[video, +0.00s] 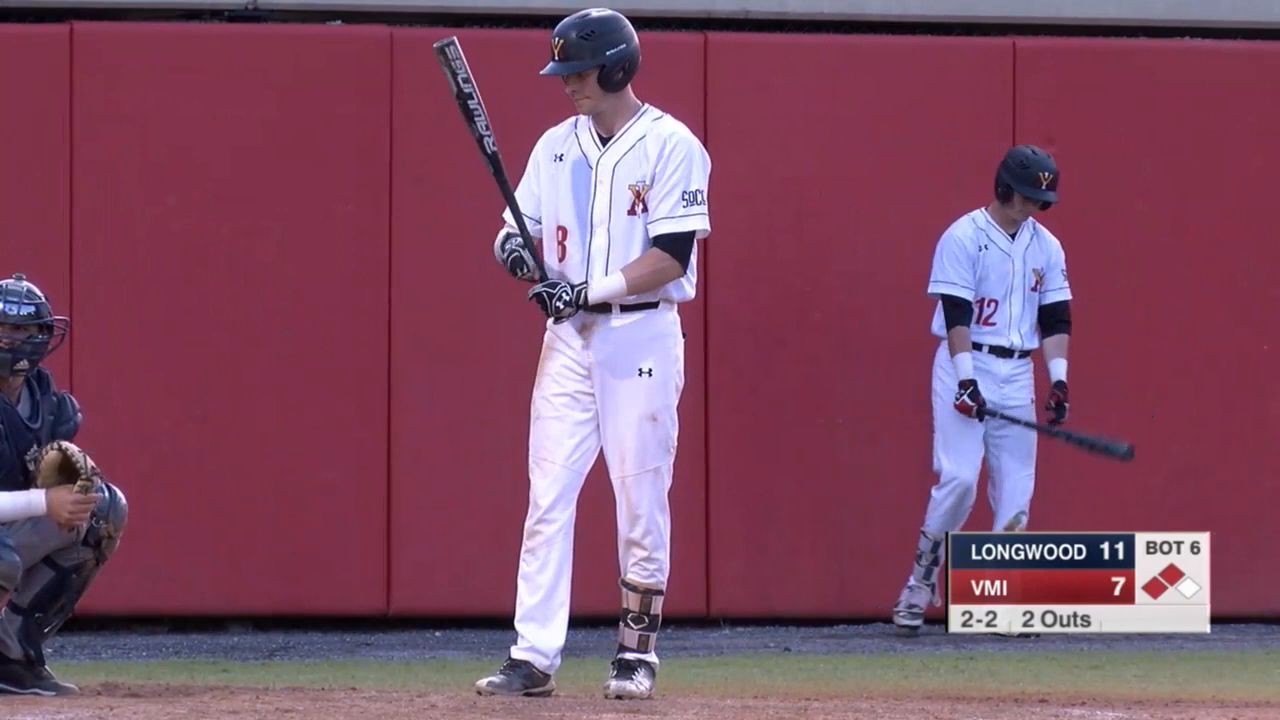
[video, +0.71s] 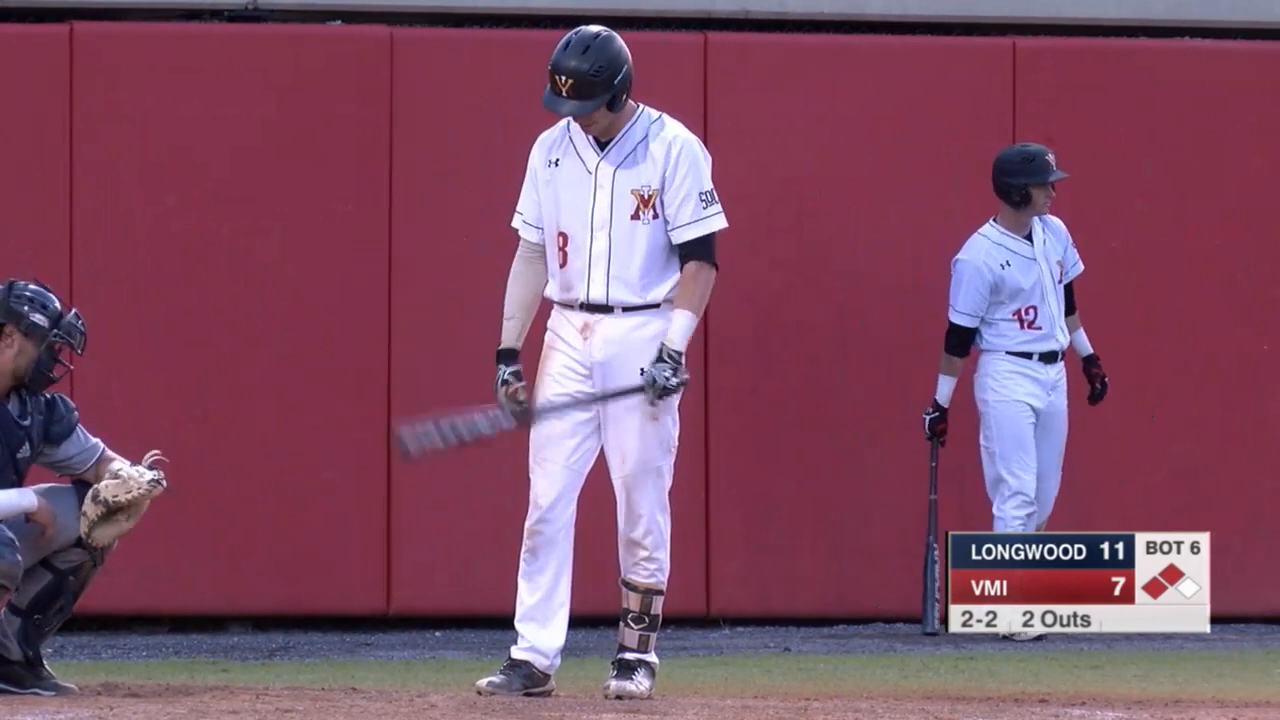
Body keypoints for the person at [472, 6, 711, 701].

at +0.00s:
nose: (565, 84)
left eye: (576, 73)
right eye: (563, 73)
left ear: (613, 70)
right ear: (575, 73)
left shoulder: (675, 146)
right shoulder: (555, 145)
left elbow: (671, 258)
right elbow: (513, 228)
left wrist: (591, 291)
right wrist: (515, 250)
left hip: (642, 338)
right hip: (566, 339)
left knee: (639, 495)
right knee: (548, 497)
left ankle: (636, 653)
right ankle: (534, 657)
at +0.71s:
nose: (574, 118)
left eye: (584, 106)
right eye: (568, 105)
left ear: (619, 93)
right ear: (563, 92)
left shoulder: (675, 147)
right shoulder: (550, 148)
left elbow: (700, 260)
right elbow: (531, 255)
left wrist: (672, 347)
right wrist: (508, 350)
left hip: (643, 340)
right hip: (567, 339)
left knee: (640, 501)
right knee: (546, 504)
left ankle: (635, 655)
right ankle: (533, 658)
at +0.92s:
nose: (572, 122)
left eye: (583, 110)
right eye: (564, 109)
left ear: (615, 95)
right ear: (556, 96)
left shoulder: (671, 147)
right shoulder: (546, 145)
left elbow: (706, 257)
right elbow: (524, 250)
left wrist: (737, 349)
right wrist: (499, 348)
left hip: (643, 340)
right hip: (565, 337)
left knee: (639, 492)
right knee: (546, 497)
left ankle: (635, 652)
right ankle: (533, 656)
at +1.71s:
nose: (570, 126)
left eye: (578, 115)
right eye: (562, 115)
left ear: (611, 97)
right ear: (555, 102)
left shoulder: (673, 148)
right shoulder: (549, 146)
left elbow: (686, 260)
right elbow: (529, 250)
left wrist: (668, 351)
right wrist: (510, 336)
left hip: (643, 341)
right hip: (566, 339)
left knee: (641, 494)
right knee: (548, 496)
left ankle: (636, 653)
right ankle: (533, 656)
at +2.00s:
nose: (571, 132)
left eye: (579, 121)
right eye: (564, 122)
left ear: (613, 103)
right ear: (558, 106)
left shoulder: (672, 146)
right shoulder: (551, 146)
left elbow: (675, 258)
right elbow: (537, 241)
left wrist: (595, 302)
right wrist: (529, 285)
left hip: (644, 343)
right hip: (569, 341)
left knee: (640, 497)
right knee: (549, 499)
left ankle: (636, 654)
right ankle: (533, 657)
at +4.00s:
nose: (545, 131)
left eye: (554, 118)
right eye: (536, 119)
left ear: (583, 102)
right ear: (527, 107)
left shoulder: (635, 152)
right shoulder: (528, 150)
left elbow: (604, 262)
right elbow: (513, 238)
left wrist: (516, 252)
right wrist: (492, 235)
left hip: (617, 346)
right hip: (544, 343)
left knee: (624, 499)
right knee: (507, 496)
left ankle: (634, 651)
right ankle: (465, 650)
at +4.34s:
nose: (457, 141)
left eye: (462, 126)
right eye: (446, 131)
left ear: (488, 107)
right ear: (438, 121)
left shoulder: (556, 139)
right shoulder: (443, 177)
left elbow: (574, 245)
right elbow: (450, 281)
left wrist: (489, 284)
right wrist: (453, 294)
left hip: (577, 347)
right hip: (500, 351)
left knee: (599, 496)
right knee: (471, 503)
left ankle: (633, 647)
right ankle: (460, 662)